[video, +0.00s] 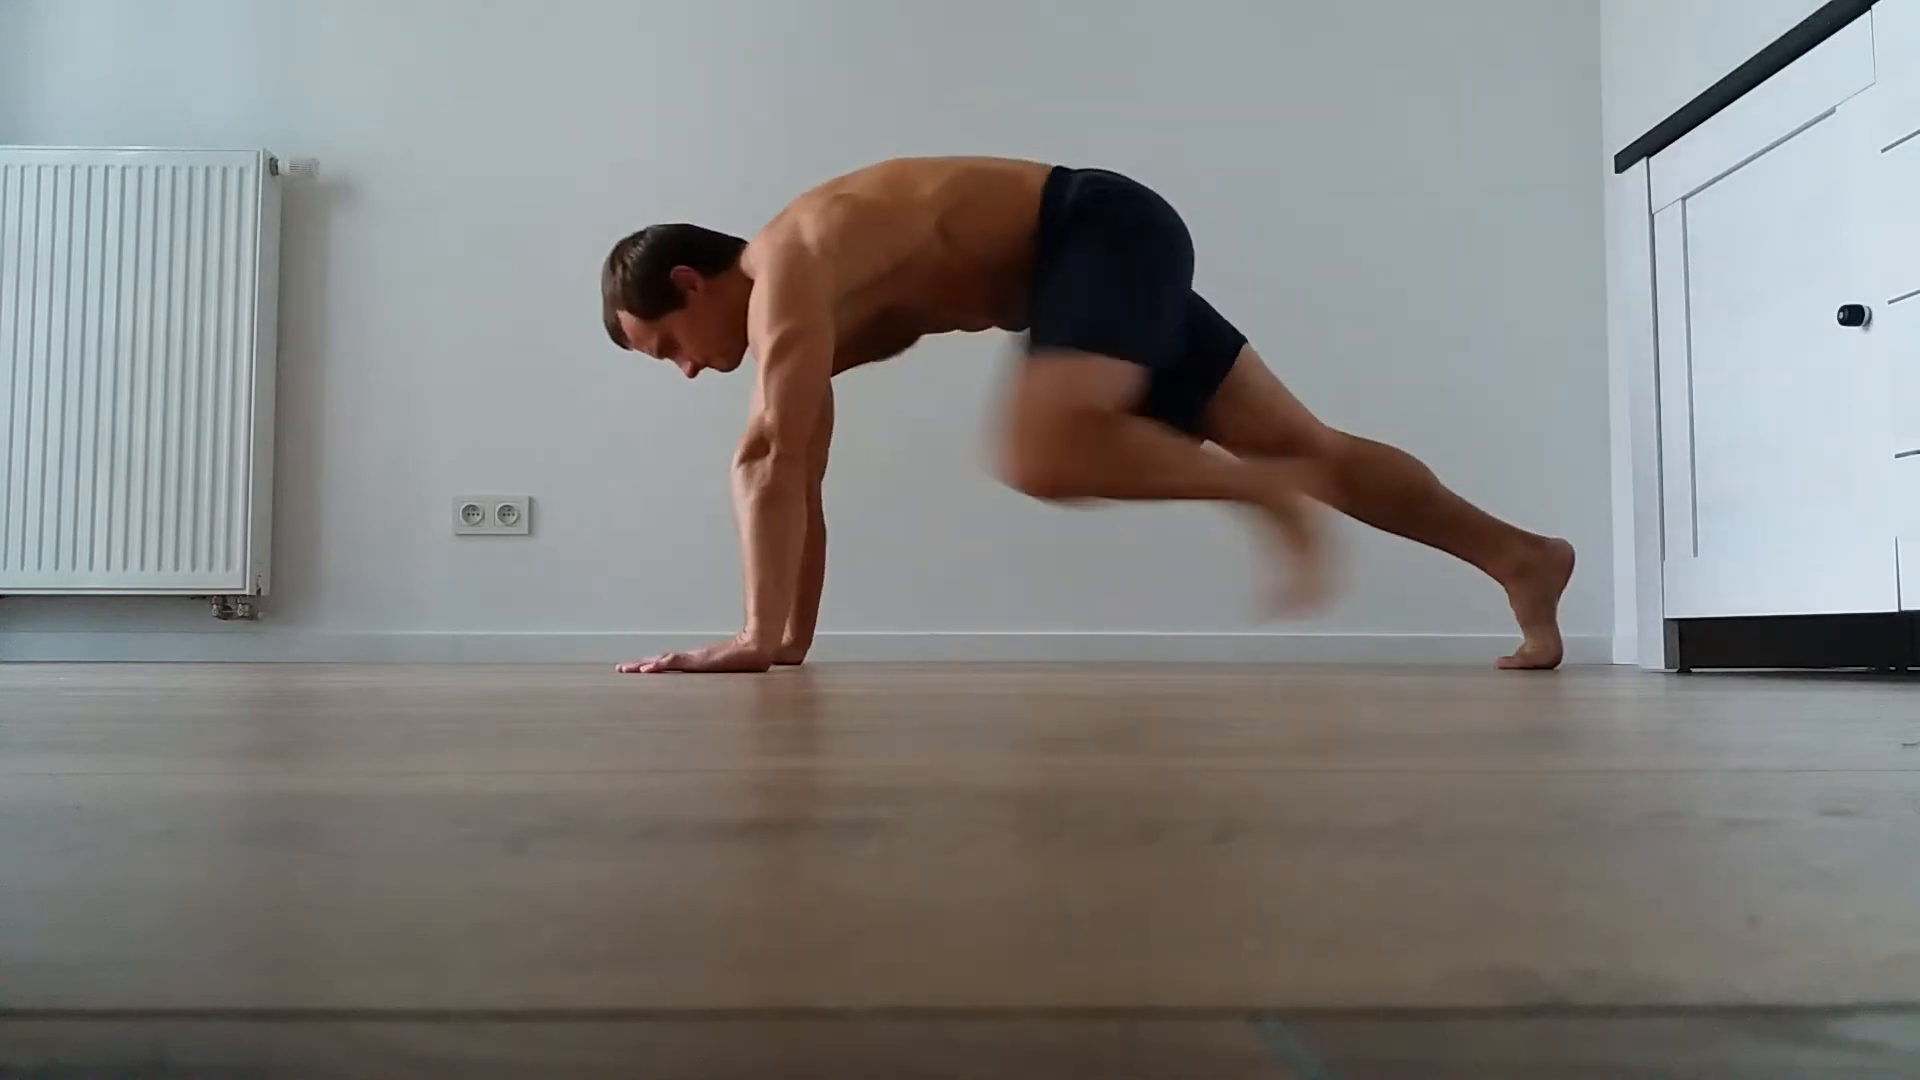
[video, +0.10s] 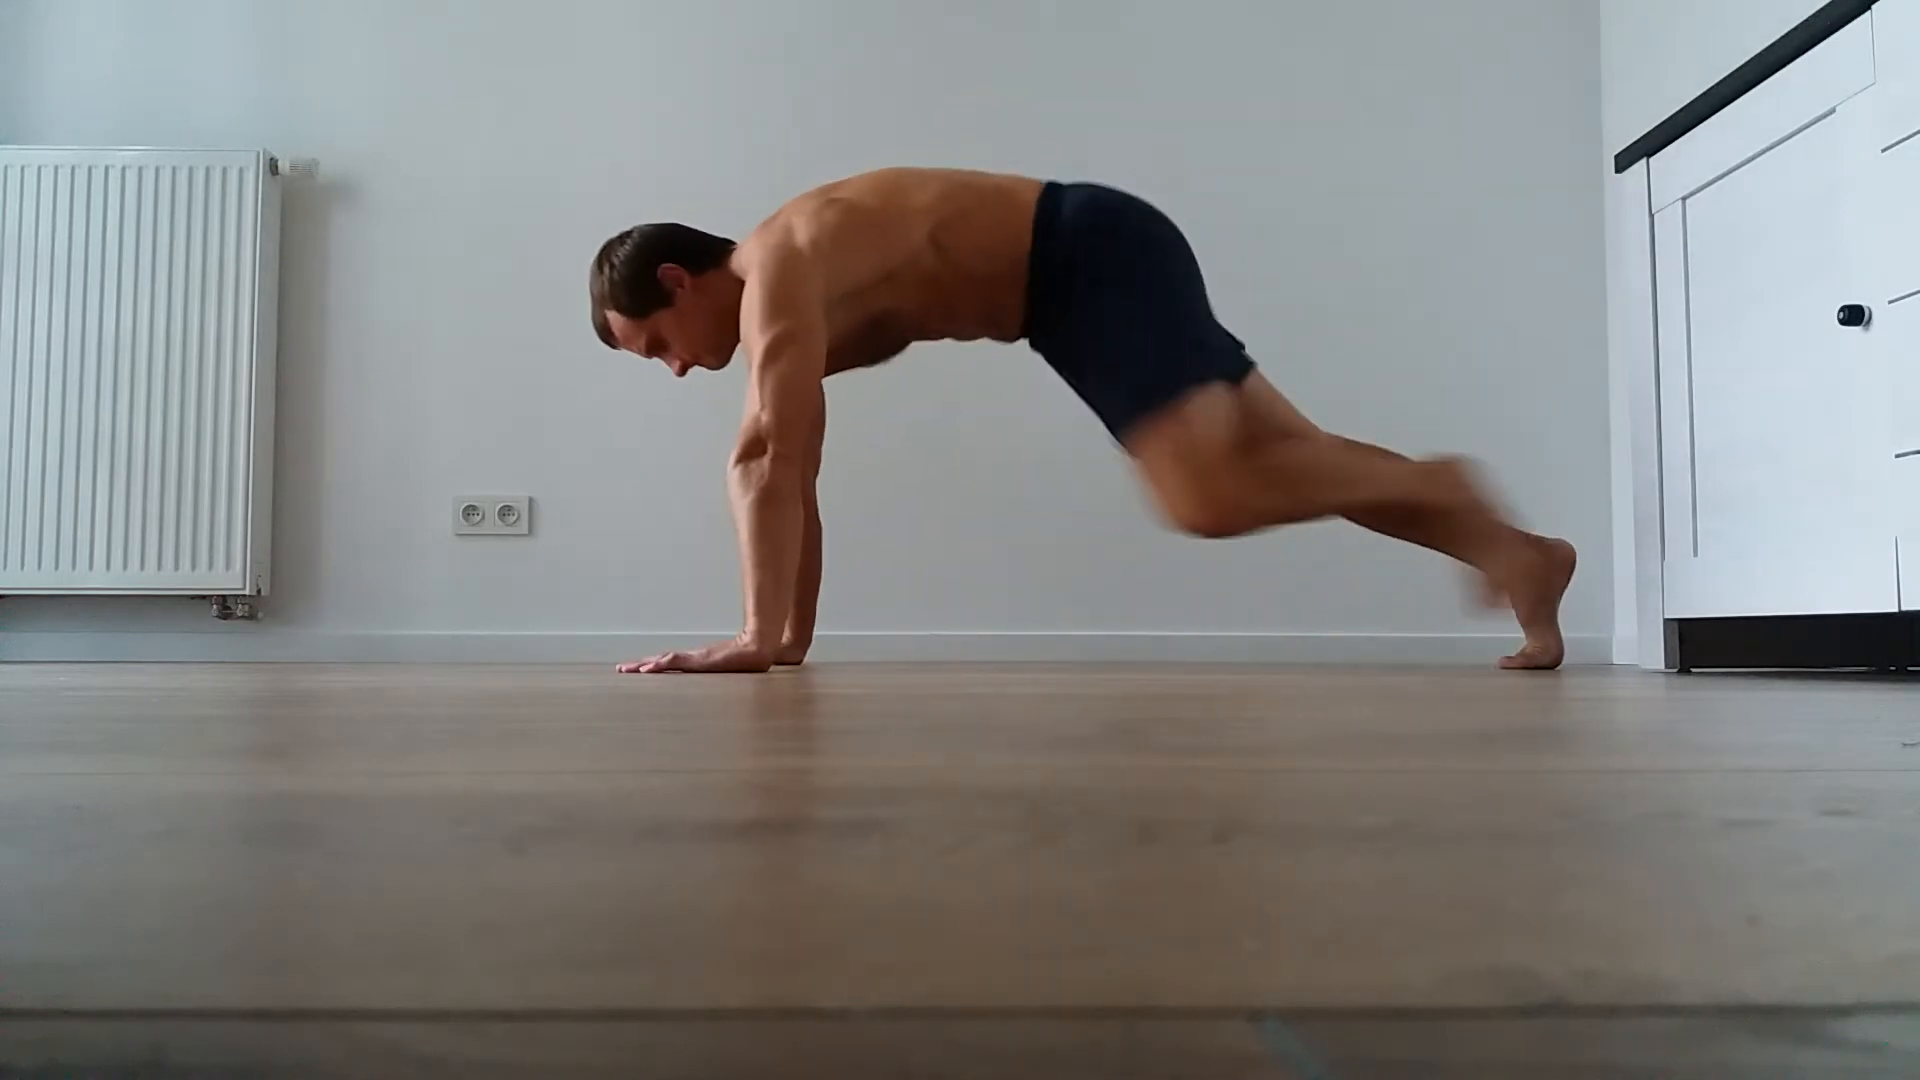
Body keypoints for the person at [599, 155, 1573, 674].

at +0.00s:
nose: (679, 364)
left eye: (663, 345)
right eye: (662, 353)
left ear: (689, 288)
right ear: (698, 288)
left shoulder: (789, 267)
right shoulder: (796, 293)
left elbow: (768, 461)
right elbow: (797, 476)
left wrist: (762, 631)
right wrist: (794, 637)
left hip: (1101, 237)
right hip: (1102, 260)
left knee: (1045, 454)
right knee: (1301, 454)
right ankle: (1522, 557)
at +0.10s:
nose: (668, 363)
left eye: (653, 344)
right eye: (651, 352)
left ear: (675, 289)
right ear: (682, 283)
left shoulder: (780, 272)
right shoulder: (779, 287)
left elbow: (774, 468)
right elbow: (779, 475)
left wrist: (763, 637)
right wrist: (788, 641)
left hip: (1087, 260)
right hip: (1080, 278)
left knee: (1209, 491)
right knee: (1281, 455)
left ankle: (1436, 481)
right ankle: (1515, 562)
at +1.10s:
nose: (635, 419)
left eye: (621, 400)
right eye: (619, 410)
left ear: (647, 345)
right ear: (653, 348)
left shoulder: (753, 323)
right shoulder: (763, 338)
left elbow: (762, 470)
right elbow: (789, 490)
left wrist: (756, 636)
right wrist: (788, 635)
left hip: (1084, 404)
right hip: (1079, 405)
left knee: (1346, 511)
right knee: (1344, 504)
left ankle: (1599, 557)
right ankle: (1590, 555)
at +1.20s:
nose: (632, 522)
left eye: (615, 502)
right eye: (616, 511)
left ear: (631, 444)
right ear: (647, 445)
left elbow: (758, 461)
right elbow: (811, 525)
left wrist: (761, 633)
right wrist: (780, 645)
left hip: (1075, 467)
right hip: (1066, 481)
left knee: (1346, 544)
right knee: (1341, 544)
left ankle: (1598, 557)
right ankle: (1587, 556)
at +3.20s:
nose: (622, 609)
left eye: (608, 590)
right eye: (603, 599)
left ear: (630, 541)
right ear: (632, 546)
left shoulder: (723, 502)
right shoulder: (734, 516)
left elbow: (709, 462)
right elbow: (798, 610)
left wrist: (765, 637)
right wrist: (736, 647)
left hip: (1064, 542)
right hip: (1054, 544)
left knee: (1357, 575)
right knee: (1352, 572)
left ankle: (1593, 559)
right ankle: (1587, 560)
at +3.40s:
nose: (639, 416)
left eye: (625, 396)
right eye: (625, 406)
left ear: (652, 349)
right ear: (663, 349)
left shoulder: (749, 344)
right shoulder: (762, 358)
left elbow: (738, 484)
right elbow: (781, 502)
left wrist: (753, 640)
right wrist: (786, 644)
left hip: (1089, 419)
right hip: (1084, 415)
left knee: (1363, 510)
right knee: (1359, 503)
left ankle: (1597, 553)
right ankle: (1588, 552)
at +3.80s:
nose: (625, 576)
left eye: (609, 560)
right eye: (608, 568)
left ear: (623, 506)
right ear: (631, 512)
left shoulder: (720, 462)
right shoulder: (733, 475)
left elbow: (734, 469)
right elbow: (790, 620)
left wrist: (751, 639)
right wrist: (741, 643)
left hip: (1068, 530)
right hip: (1057, 532)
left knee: (1358, 576)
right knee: (1352, 570)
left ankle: (1595, 563)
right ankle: (1589, 564)